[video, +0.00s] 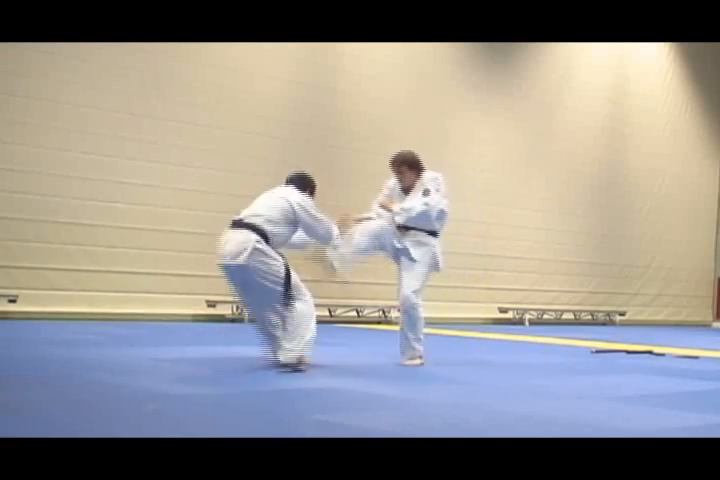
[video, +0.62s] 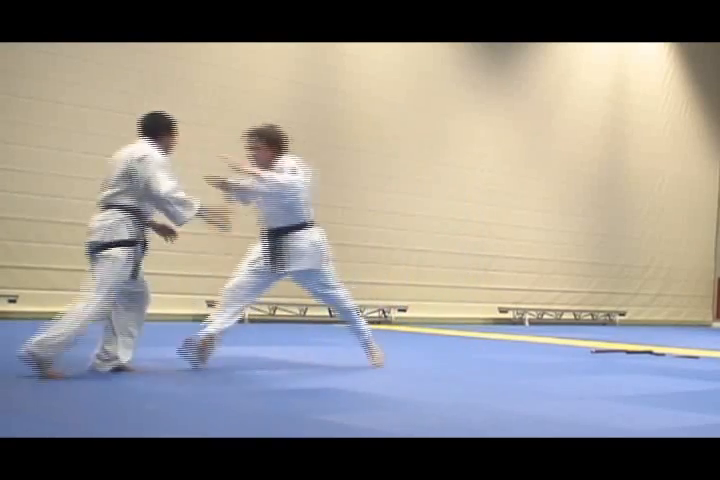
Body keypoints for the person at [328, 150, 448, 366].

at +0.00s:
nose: (399, 179)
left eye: (402, 174)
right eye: (396, 174)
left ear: (415, 171)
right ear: (396, 173)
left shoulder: (432, 182)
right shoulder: (394, 185)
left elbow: (430, 206)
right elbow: (379, 210)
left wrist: (395, 209)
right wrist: (356, 221)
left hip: (421, 245)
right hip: (396, 236)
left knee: (408, 296)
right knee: (378, 226)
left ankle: (413, 353)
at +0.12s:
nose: (384, 168)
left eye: (387, 163)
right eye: (382, 163)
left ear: (399, 159)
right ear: (380, 161)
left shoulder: (421, 169)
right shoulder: (377, 172)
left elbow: (432, 200)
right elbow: (368, 195)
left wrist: (400, 200)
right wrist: (360, 210)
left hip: (406, 235)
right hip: (380, 227)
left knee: (404, 298)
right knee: (347, 231)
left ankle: (409, 352)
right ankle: (322, 270)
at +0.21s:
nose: (372, 159)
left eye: (376, 154)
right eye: (370, 154)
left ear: (390, 152)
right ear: (368, 153)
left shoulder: (414, 168)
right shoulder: (366, 167)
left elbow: (436, 194)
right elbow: (360, 192)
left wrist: (411, 200)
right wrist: (356, 204)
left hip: (395, 232)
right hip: (364, 229)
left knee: (393, 292)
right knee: (339, 266)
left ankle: (393, 345)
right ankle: (341, 322)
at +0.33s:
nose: (350, 164)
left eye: (355, 160)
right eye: (349, 160)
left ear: (369, 161)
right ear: (349, 161)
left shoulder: (393, 185)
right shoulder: (345, 182)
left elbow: (425, 204)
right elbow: (340, 208)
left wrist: (407, 219)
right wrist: (339, 220)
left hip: (377, 247)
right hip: (348, 246)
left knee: (382, 304)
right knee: (332, 291)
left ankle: (386, 350)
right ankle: (349, 330)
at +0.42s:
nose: (327, 170)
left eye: (331, 166)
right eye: (326, 165)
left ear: (344, 168)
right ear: (326, 167)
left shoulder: (365, 183)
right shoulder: (327, 185)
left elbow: (402, 201)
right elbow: (328, 211)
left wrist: (379, 212)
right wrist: (318, 218)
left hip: (361, 251)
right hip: (332, 249)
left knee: (372, 308)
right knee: (308, 284)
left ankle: (381, 353)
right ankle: (325, 333)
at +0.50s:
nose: (293, 162)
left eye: (298, 157)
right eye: (291, 157)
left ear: (313, 157)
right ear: (294, 158)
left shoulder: (335, 172)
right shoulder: (301, 177)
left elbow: (372, 191)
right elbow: (306, 199)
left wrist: (339, 194)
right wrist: (292, 205)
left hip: (338, 247)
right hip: (308, 246)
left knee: (356, 303)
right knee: (276, 275)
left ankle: (385, 352)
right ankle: (276, 335)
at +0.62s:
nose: (251, 155)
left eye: (255, 150)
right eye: (250, 150)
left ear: (271, 149)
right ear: (263, 150)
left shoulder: (291, 166)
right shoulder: (263, 174)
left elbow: (286, 184)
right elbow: (249, 195)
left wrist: (249, 172)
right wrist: (228, 187)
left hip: (302, 240)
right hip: (273, 244)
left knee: (334, 295)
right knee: (235, 292)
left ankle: (368, 343)